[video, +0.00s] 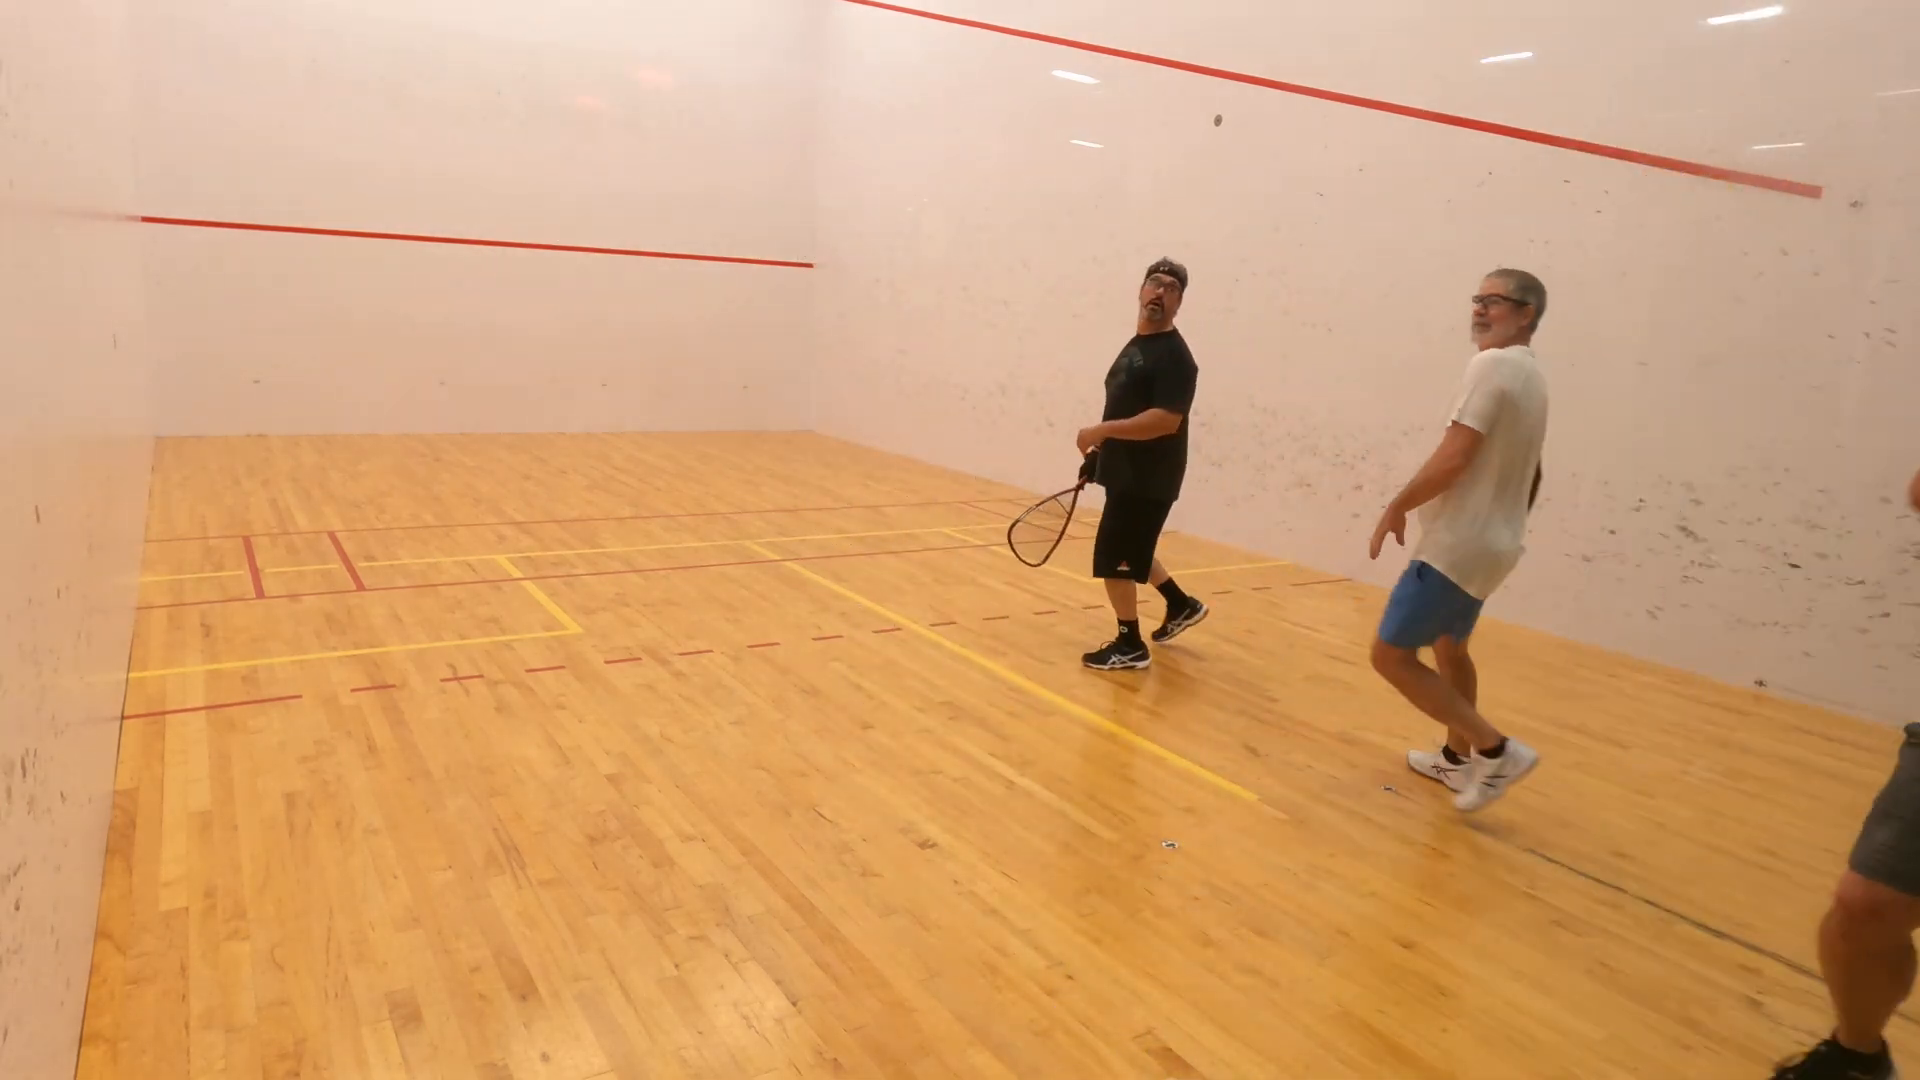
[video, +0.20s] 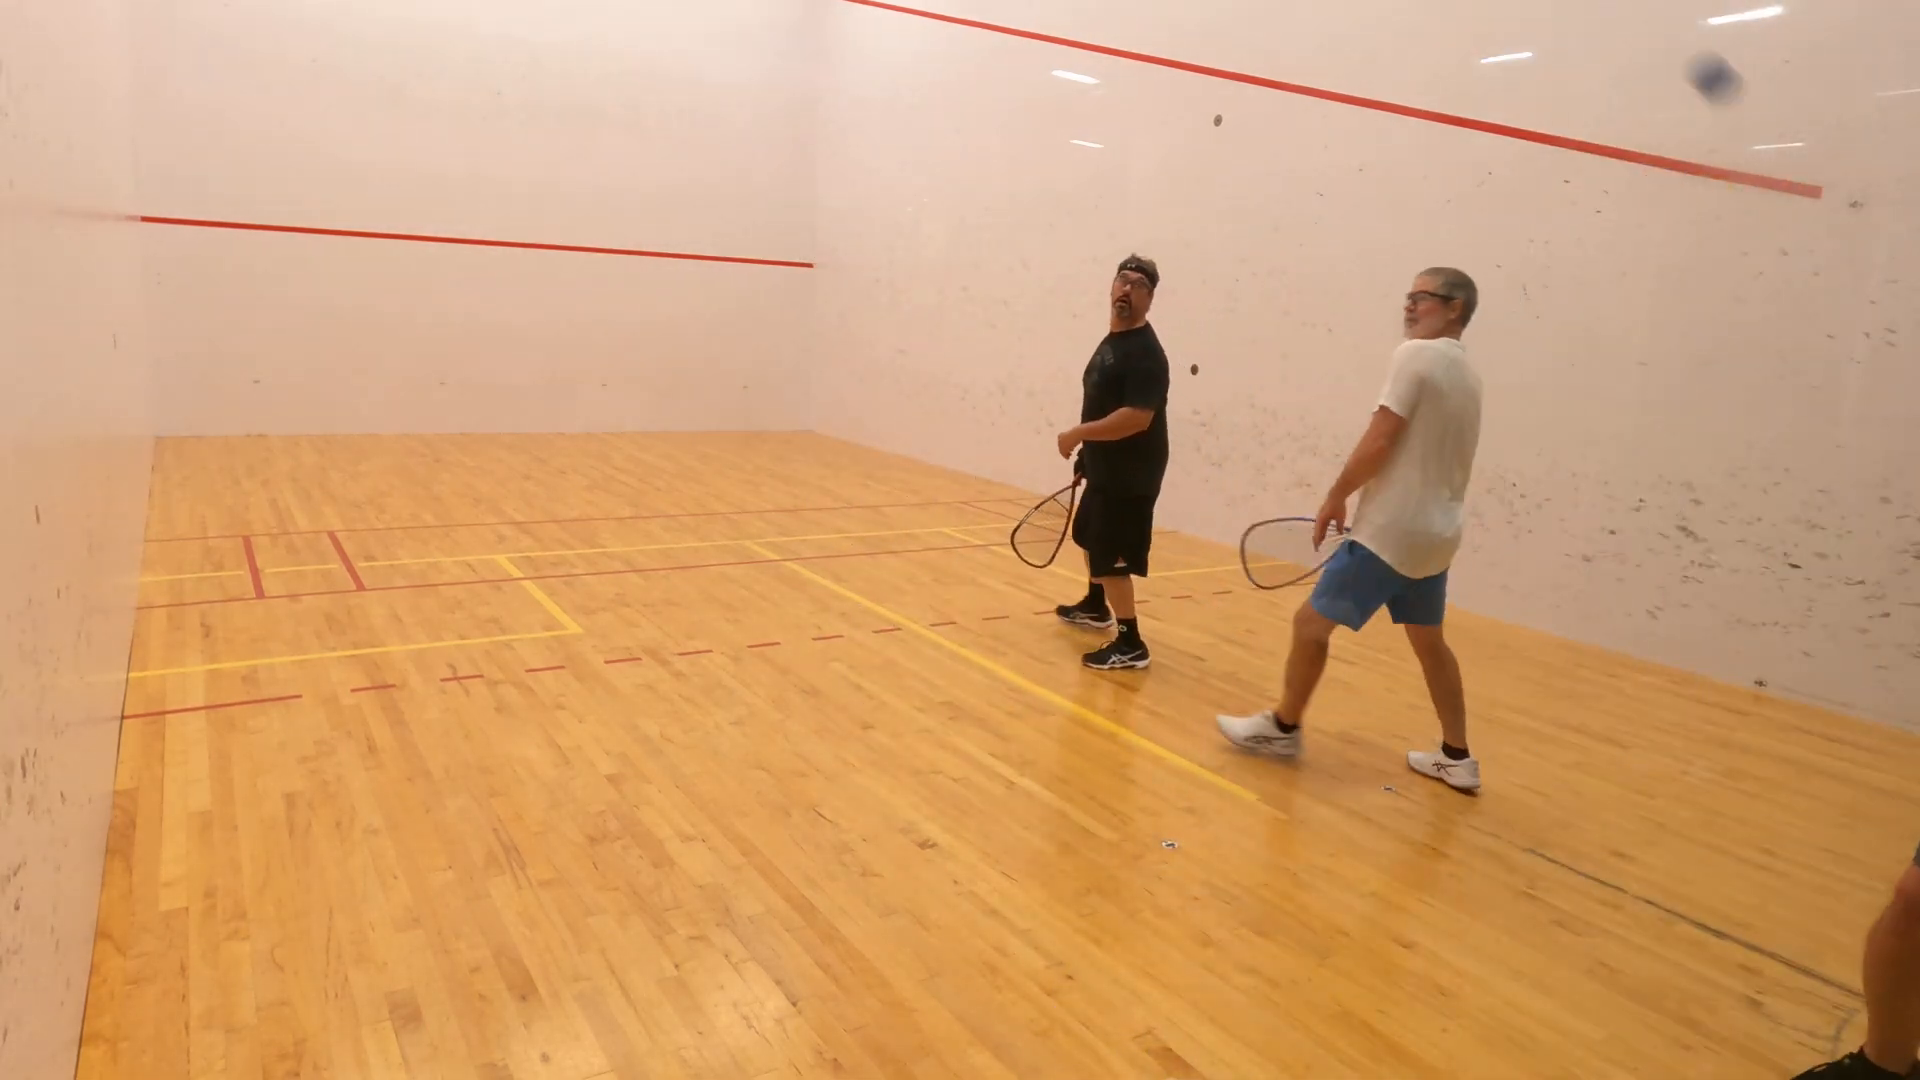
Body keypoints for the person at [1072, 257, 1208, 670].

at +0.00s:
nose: (1160, 293)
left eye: (1170, 289)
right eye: (1155, 284)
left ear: (1179, 303)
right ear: (1141, 291)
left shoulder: (1176, 357)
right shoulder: (1138, 346)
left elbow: (1168, 419)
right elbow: (1123, 410)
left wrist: (1102, 431)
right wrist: (1098, 454)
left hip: (1149, 479)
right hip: (1126, 472)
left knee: (1115, 559)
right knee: (1130, 548)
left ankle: (1131, 643)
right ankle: (1180, 602)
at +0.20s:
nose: (1126, 290)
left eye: (1138, 286)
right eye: (1122, 281)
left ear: (1150, 299)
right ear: (1112, 288)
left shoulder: (1146, 352)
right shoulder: (1114, 341)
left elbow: (1139, 415)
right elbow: (1103, 405)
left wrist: (1079, 433)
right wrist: (1089, 456)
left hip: (1130, 470)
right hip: (1106, 464)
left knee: (1111, 552)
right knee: (1091, 535)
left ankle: (1131, 642)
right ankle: (1097, 604)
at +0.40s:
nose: (1091, 288)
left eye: (1103, 284)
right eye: (1091, 281)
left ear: (1123, 298)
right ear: (1088, 287)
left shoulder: (1120, 352)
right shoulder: (1095, 337)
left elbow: (1113, 416)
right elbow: (1085, 401)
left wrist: (1059, 432)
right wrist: (1065, 445)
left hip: (1106, 463)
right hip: (1082, 457)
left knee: (1094, 553)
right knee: (1066, 533)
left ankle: (1127, 638)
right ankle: (1074, 604)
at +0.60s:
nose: (1058, 289)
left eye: (1065, 284)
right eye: (1061, 283)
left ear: (1082, 293)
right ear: (1088, 294)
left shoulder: (1095, 346)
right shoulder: (1084, 337)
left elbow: (1089, 413)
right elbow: (1079, 404)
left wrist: (1041, 432)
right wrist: (1054, 441)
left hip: (1088, 463)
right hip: (1079, 458)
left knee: (1063, 542)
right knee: (1066, 535)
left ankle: (1091, 635)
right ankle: (1075, 604)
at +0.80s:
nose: (1026, 314)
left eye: (1031, 307)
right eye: (1027, 306)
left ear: (1049, 312)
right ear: (1059, 313)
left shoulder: (1071, 362)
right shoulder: (1060, 356)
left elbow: (1064, 428)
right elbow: (1057, 424)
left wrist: (1018, 453)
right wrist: (1031, 458)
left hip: (1074, 477)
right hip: (1067, 474)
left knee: (1036, 548)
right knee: (1056, 545)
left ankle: (1046, 641)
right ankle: (1078, 610)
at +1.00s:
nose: (993, 337)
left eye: (998, 329)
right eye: (994, 328)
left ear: (1019, 333)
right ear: (1020, 332)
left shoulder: (1049, 382)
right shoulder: (1030, 377)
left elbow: (1051, 455)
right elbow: (1033, 447)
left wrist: (1006, 489)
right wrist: (998, 473)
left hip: (1045, 498)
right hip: (1031, 493)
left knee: (1016, 561)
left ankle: (1037, 649)